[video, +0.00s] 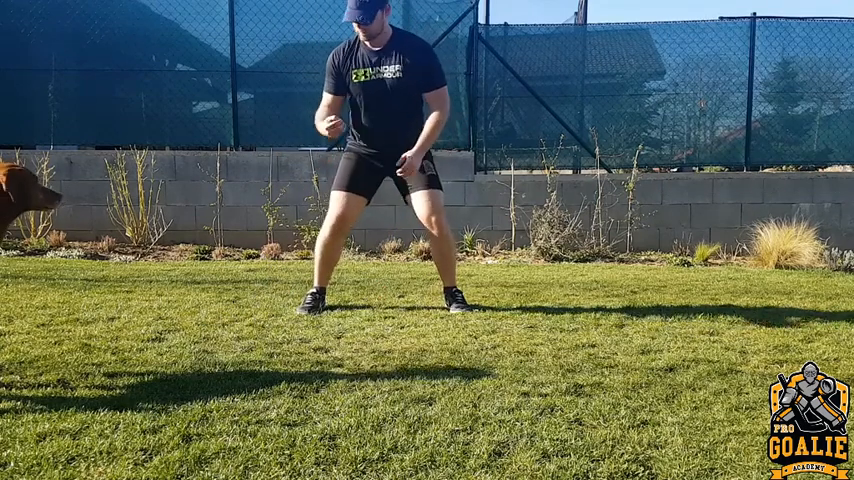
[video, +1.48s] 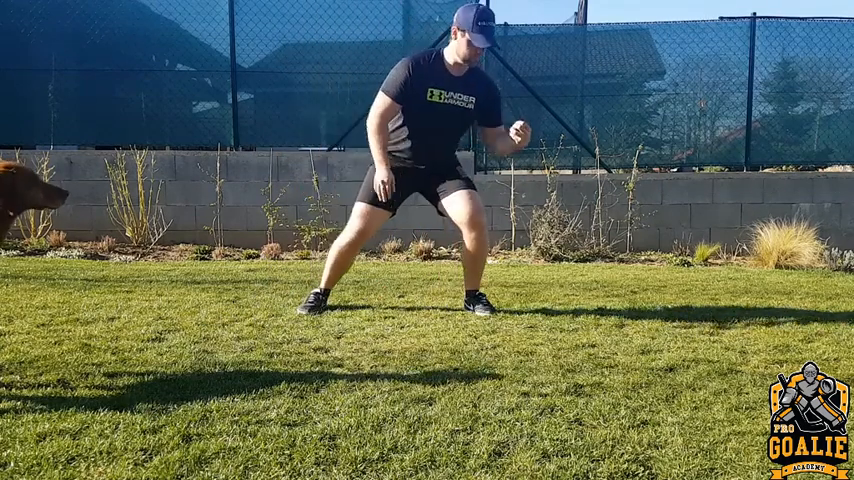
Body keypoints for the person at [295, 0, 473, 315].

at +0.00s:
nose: (361, 27)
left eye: (367, 19)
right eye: (356, 21)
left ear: (386, 11)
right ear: (350, 17)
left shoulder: (417, 50)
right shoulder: (341, 57)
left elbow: (440, 108)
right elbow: (326, 108)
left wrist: (417, 152)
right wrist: (326, 125)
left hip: (411, 150)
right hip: (362, 150)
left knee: (434, 221)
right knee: (335, 221)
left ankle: (452, 292)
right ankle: (317, 293)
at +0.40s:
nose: (366, 25)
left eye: (372, 17)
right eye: (359, 19)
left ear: (383, 12)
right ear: (349, 16)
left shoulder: (408, 47)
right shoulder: (332, 53)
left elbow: (431, 102)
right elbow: (317, 111)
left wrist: (415, 141)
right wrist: (343, 81)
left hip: (400, 148)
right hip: (352, 149)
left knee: (429, 216)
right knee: (329, 219)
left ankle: (452, 291)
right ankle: (317, 293)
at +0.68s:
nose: (376, 20)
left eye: (383, 14)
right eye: (369, 14)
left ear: (393, 12)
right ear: (360, 14)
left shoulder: (419, 50)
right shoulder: (342, 53)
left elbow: (438, 104)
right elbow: (331, 106)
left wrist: (425, 140)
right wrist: (356, 127)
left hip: (405, 148)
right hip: (358, 148)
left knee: (433, 218)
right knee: (333, 219)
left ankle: (452, 291)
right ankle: (317, 293)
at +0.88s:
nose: (382, 19)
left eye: (389, 13)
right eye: (375, 13)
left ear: (397, 12)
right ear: (365, 12)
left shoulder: (421, 51)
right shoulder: (343, 53)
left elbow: (439, 104)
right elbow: (327, 112)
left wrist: (431, 136)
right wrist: (320, 162)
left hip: (405, 151)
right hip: (357, 152)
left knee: (434, 219)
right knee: (333, 223)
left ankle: (452, 291)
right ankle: (317, 293)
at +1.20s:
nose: (416, 30)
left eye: (420, 23)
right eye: (410, 22)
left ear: (424, 20)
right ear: (388, 16)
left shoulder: (431, 63)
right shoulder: (354, 56)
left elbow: (449, 118)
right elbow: (327, 109)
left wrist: (471, 161)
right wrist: (319, 160)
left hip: (411, 154)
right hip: (363, 154)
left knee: (446, 216)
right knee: (338, 224)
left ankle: (464, 290)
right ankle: (317, 293)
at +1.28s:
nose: (435, 35)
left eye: (439, 29)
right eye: (429, 27)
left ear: (443, 27)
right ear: (407, 19)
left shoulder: (444, 70)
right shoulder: (369, 58)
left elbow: (465, 125)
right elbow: (338, 111)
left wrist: (488, 166)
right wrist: (331, 163)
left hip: (420, 158)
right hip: (372, 156)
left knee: (455, 216)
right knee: (345, 226)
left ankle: (473, 294)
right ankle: (318, 293)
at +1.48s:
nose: (478, 52)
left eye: (483, 47)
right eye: (473, 44)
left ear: (488, 42)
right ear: (455, 33)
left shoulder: (484, 87)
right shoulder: (414, 68)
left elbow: (497, 141)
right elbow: (376, 118)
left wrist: (515, 141)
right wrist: (381, 165)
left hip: (443, 168)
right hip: (395, 163)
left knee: (474, 218)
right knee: (356, 231)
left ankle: (473, 296)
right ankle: (320, 293)